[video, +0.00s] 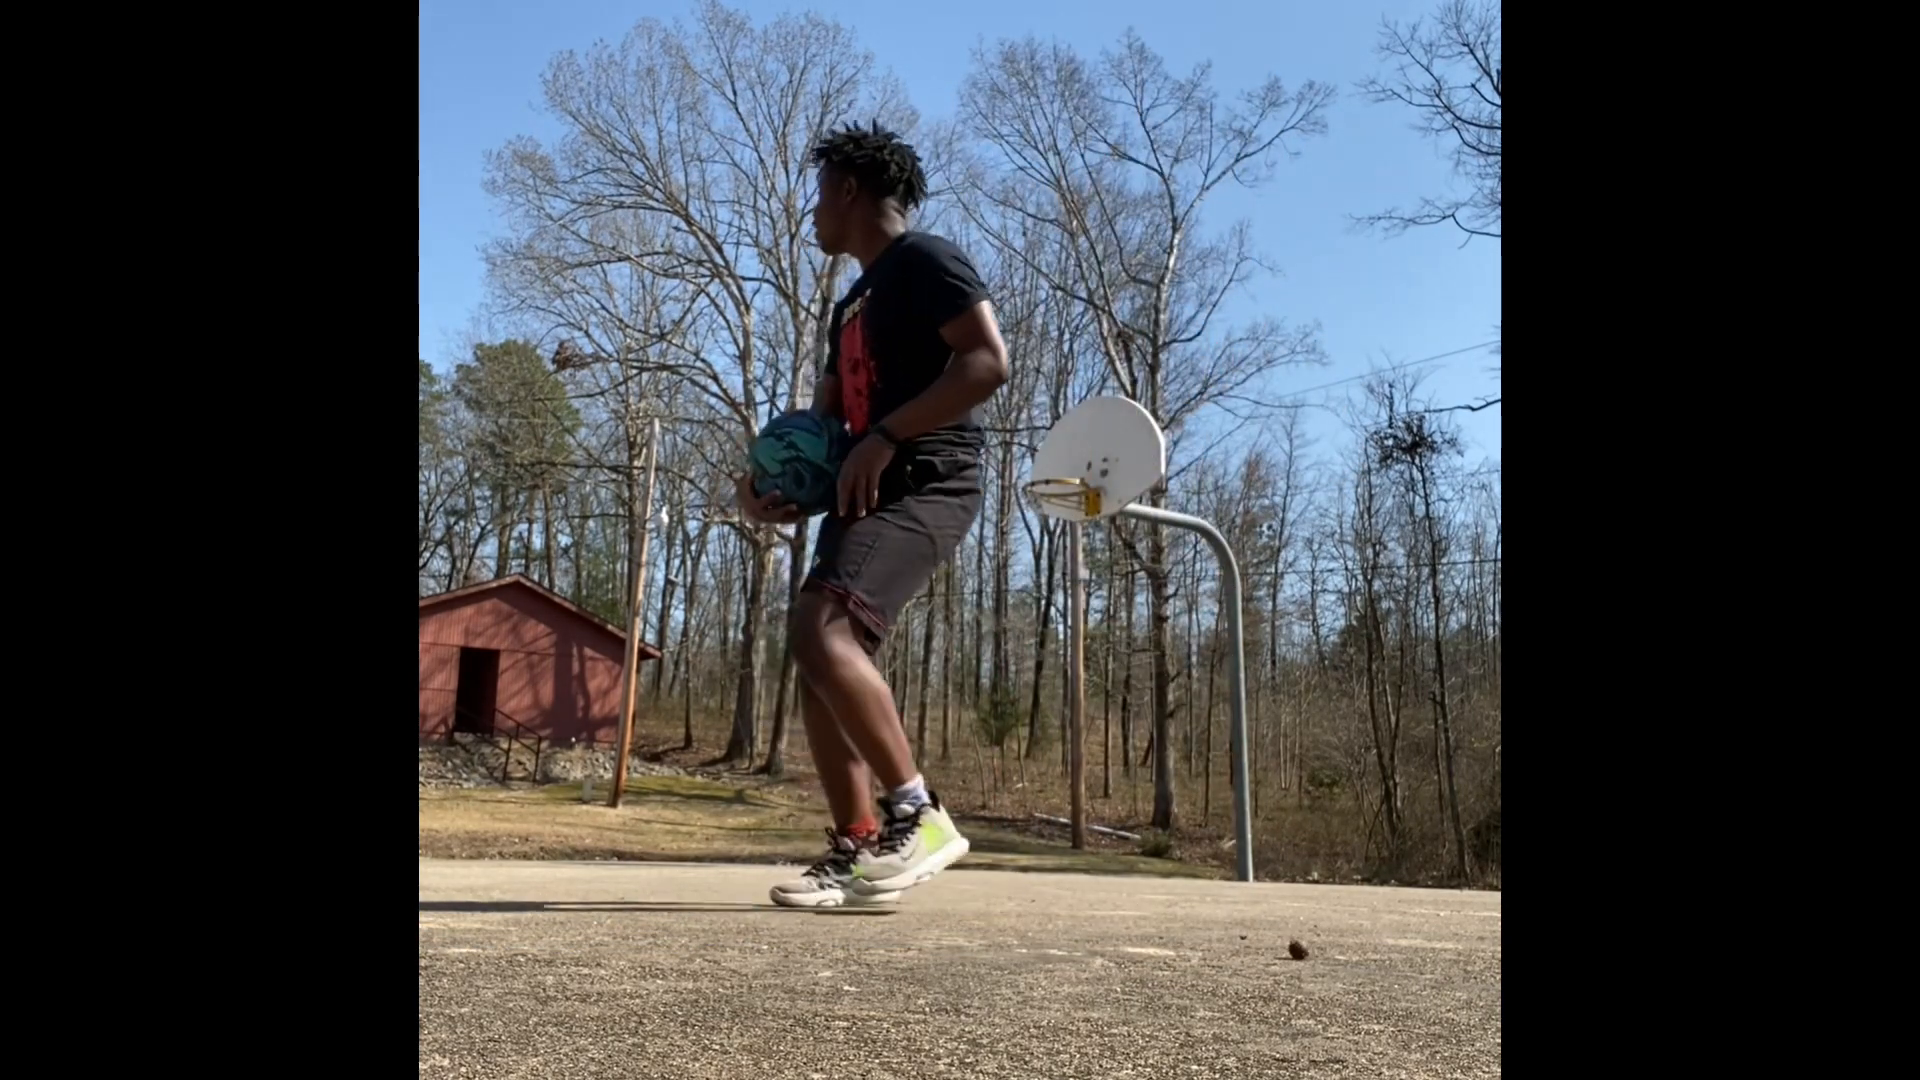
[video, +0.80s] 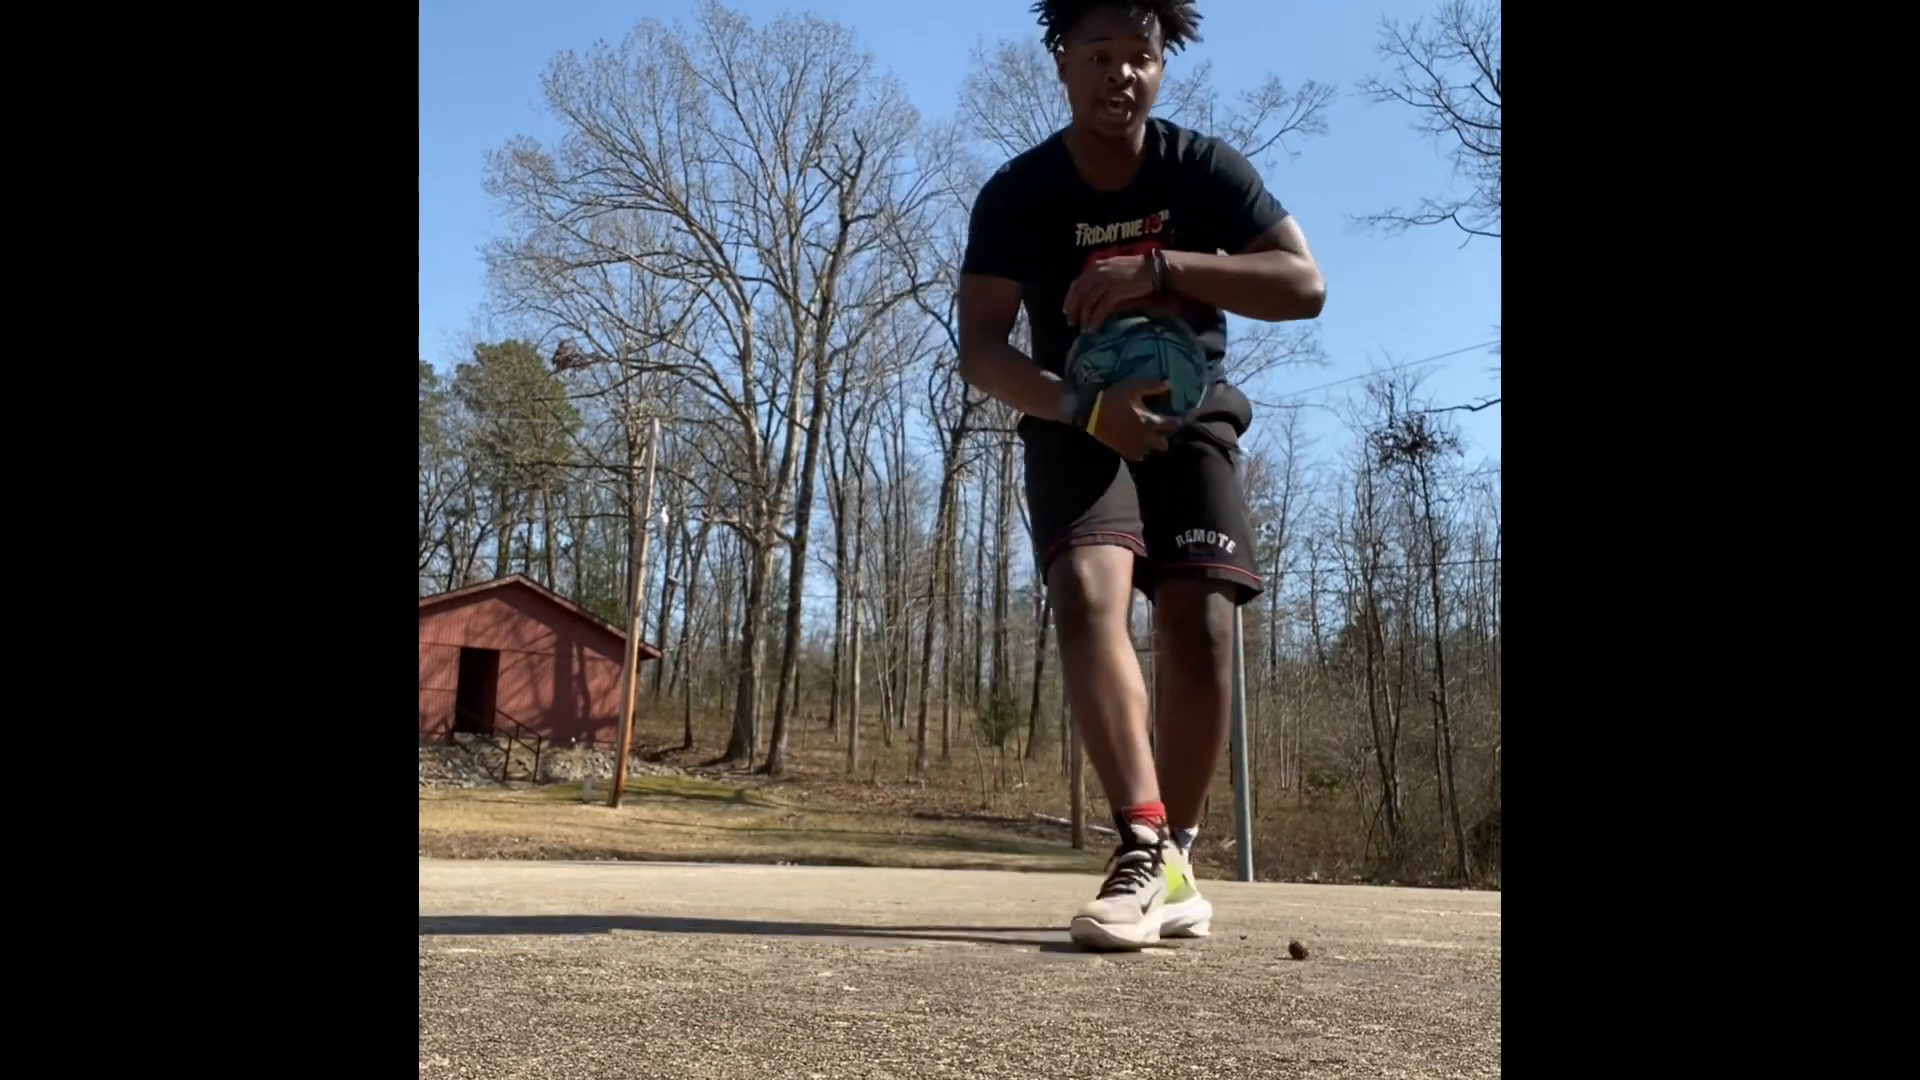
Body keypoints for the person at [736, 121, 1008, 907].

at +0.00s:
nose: (814, 207)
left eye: (823, 190)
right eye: (817, 191)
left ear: (860, 194)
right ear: (864, 198)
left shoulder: (926, 258)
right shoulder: (848, 308)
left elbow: (985, 362)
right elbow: (831, 425)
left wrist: (887, 435)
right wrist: (785, 492)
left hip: (929, 485)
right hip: (866, 490)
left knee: (826, 634)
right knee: (815, 652)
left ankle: (920, 817)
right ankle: (858, 850)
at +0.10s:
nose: (833, 177)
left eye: (843, 161)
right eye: (837, 161)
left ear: (881, 167)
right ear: (879, 170)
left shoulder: (956, 244)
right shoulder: (858, 283)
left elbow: (1022, 348)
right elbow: (844, 403)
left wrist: (908, 402)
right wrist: (795, 476)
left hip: (954, 463)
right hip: (877, 472)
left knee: (891, 626)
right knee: (832, 646)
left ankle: (1018, 810)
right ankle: (863, 848)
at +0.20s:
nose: (860, 179)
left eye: (873, 162)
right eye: (866, 162)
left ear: (912, 170)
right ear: (914, 174)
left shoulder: (989, 261)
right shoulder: (872, 281)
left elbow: (1051, 378)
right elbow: (865, 397)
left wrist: (926, 392)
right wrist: (815, 459)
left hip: (974, 469)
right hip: (895, 474)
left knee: (981, 631)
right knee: (834, 657)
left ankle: (1103, 832)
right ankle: (864, 855)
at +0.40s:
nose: (945, 142)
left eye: (960, 124)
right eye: (952, 124)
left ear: (1007, 135)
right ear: (1003, 139)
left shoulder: (1096, 241)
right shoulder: (949, 259)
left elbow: (1177, 354)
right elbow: (919, 383)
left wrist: (1050, 386)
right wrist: (866, 463)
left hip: (1073, 458)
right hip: (972, 463)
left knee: (1107, 631)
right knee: (888, 653)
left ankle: (1168, 864)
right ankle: (864, 838)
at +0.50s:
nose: (985, 103)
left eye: (1002, 87)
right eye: (988, 87)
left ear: (1061, 99)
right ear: (1032, 102)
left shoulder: (1139, 201)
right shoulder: (979, 224)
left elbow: (1251, 289)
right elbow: (938, 346)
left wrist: (1138, 343)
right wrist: (884, 423)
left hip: (1107, 440)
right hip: (999, 445)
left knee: (1118, 622)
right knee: (918, 630)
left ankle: (1167, 862)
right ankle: (924, 819)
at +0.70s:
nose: (1096, 63)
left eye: (1116, 48)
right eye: (1078, 45)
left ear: (1145, 65)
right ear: (1049, 56)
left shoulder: (1185, 161)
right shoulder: (1001, 181)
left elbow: (1310, 247)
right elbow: (955, 317)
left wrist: (1178, 252)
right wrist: (997, 392)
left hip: (1162, 402)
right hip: (1048, 405)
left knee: (1178, 614)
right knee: (1023, 578)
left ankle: (1170, 866)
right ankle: (1069, 844)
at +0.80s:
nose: (1121, 77)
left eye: (1138, 58)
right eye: (1100, 58)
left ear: (1162, 67)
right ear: (1061, 65)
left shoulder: (1208, 169)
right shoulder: (1015, 196)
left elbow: (1303, 286)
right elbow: (982, 355)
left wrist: (1160, 267)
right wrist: (1082, 407)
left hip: (1191, 405)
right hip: (1070, 408)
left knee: (1198, 620)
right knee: (1089, 592)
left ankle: (1175, 857)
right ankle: (1142, 846)